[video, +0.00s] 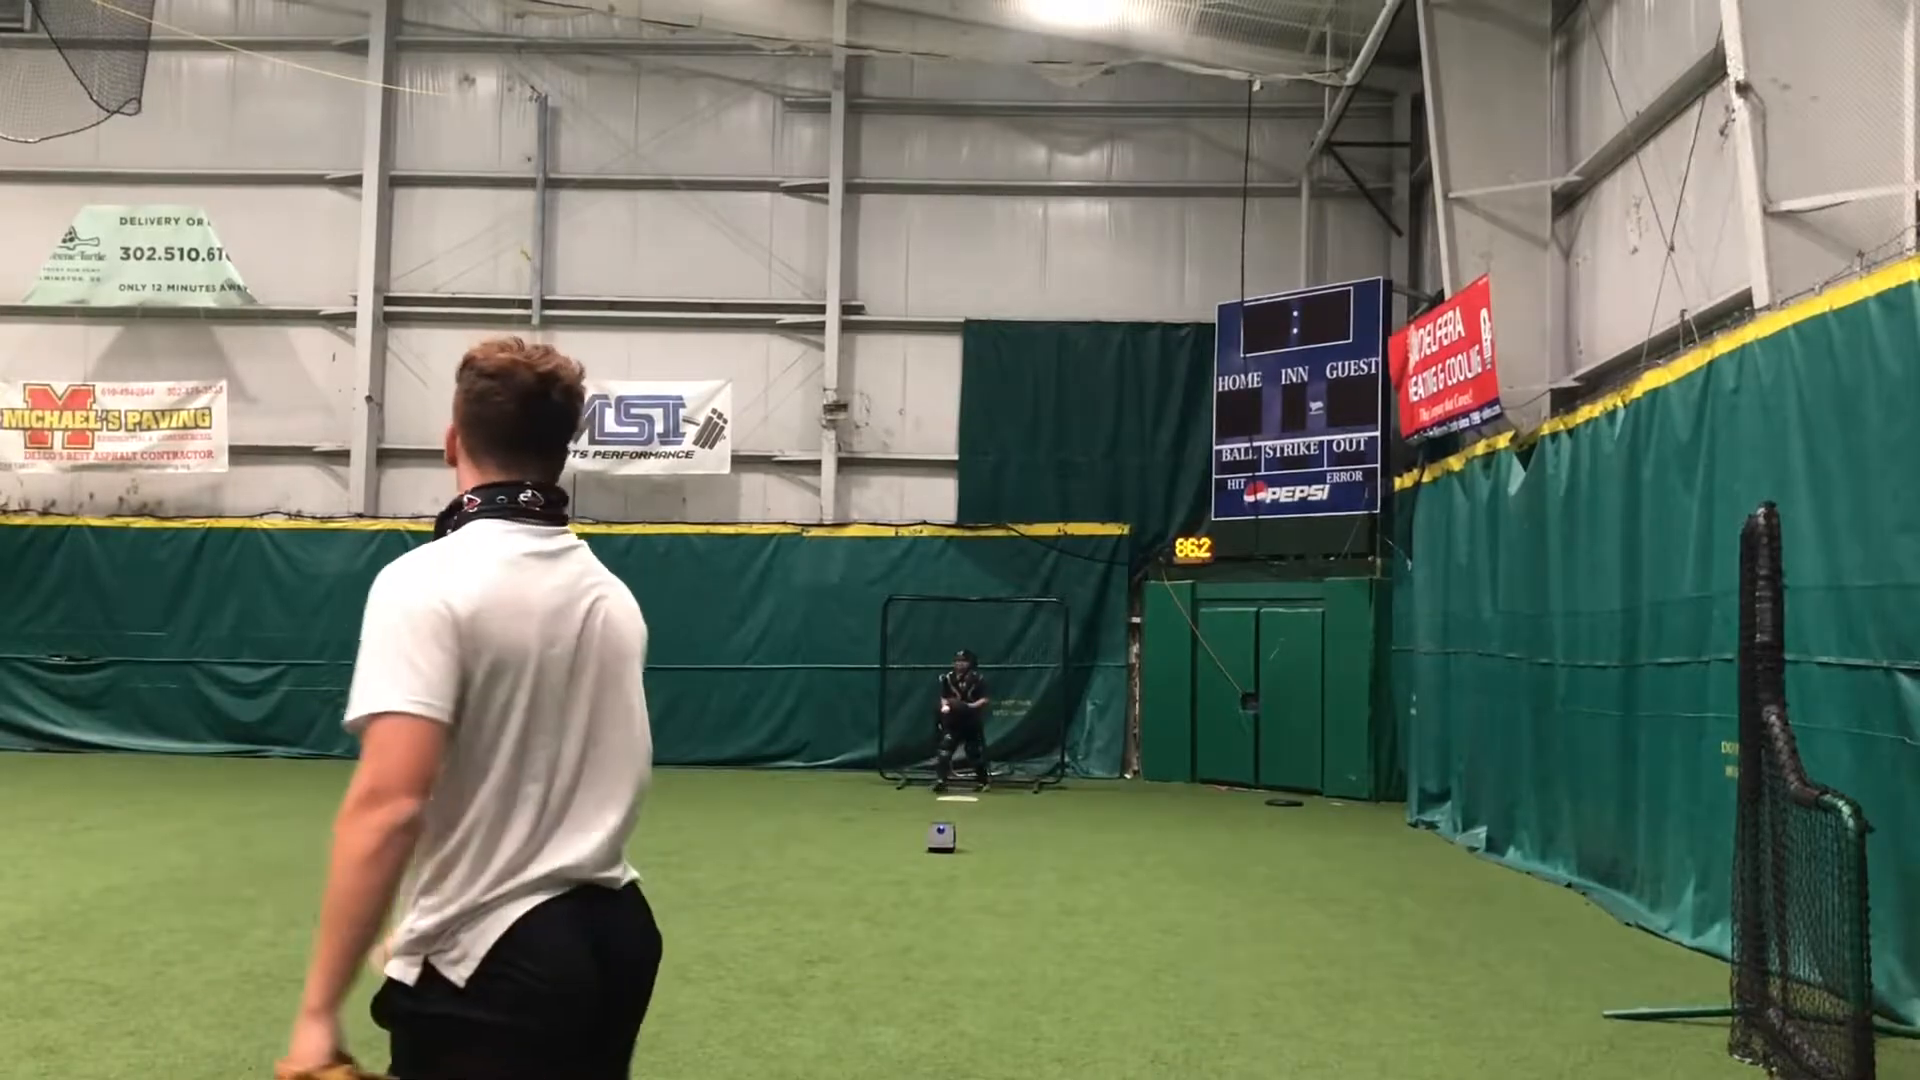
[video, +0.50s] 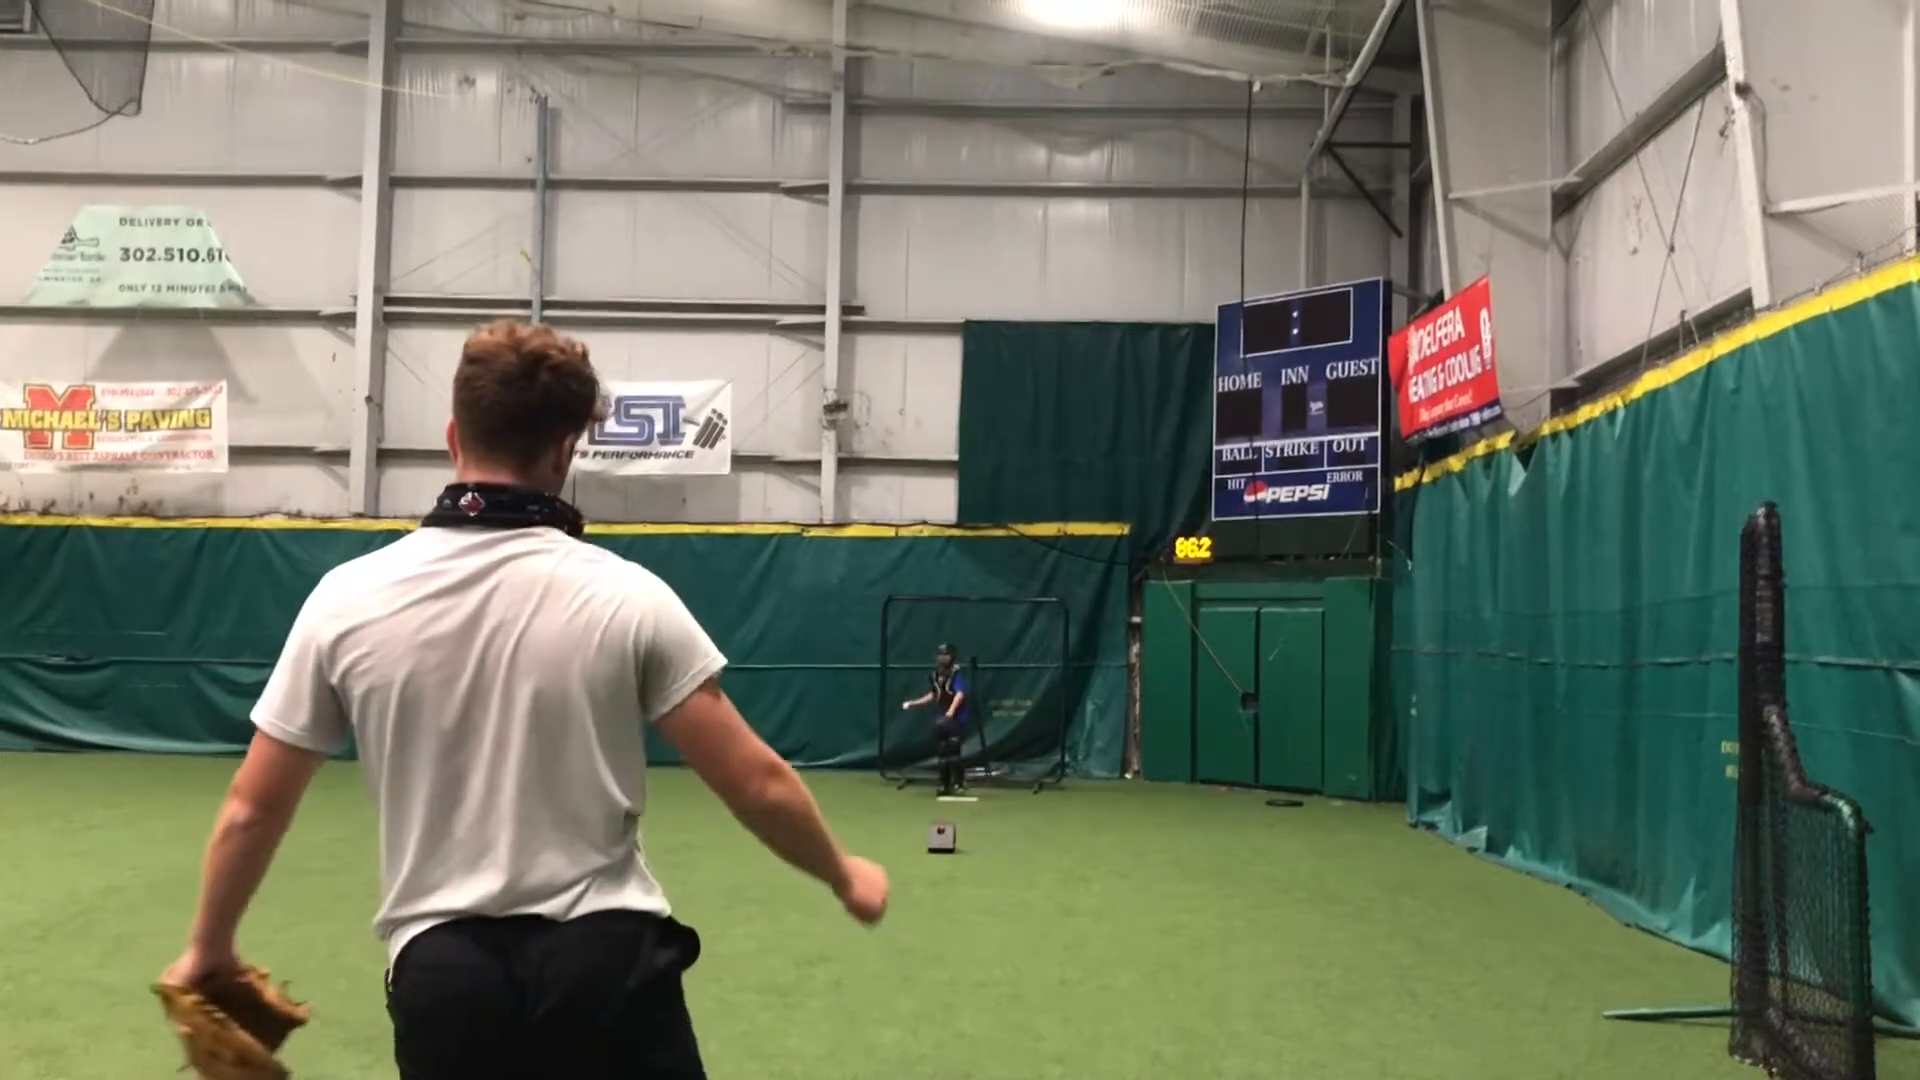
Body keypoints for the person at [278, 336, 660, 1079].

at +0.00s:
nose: (441, 440)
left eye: (444, 425)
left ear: (453, 441)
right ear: (562, 452)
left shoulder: (427, 584)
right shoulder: (611, 595)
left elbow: (389, 804)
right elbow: (582, 787)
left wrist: (319, 1010)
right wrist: (444, 918)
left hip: (481, 968)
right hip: (615, 945)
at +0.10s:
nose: (448, 442)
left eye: (448, 429)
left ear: (456, 443)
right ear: (569, 454)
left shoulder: (399, 589)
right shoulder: (633, 605)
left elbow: (322, 807)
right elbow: (608, 774)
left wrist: (240, 1000)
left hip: (460, 976)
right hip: (615, 965)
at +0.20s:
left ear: (456, 443)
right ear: (571, 452)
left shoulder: (377, 592)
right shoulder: (636, 599)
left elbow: (267, 812)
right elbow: (678, 774)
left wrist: (182, 986)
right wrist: (676, 854)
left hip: (446, 978)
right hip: (611, 966)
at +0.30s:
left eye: (452, 418)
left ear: (454, 439)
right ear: (569, 454)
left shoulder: (361, 596)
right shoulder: (638, 598)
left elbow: (241, 810)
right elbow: (732, 761)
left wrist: (154, 972)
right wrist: (756, 836)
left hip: (441, 978)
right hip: (609, 966)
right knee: (678, 1066)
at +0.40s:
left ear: (451, 439)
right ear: (568, 453)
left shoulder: (350, 601)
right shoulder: (632, 598)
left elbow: (238, 810)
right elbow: (756, 763)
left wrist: (165, 959)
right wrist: (810, 839)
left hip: (438, 985)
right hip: (610, 977)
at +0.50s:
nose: (576, 462)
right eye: (579, 446)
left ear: (451, 434)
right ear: (571, 449)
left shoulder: (351, 599)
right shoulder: (627, 598)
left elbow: (253, 811)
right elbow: (756, 782)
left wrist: (209, 951)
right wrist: (844, 875)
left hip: (441, 984)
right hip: (608, 976)